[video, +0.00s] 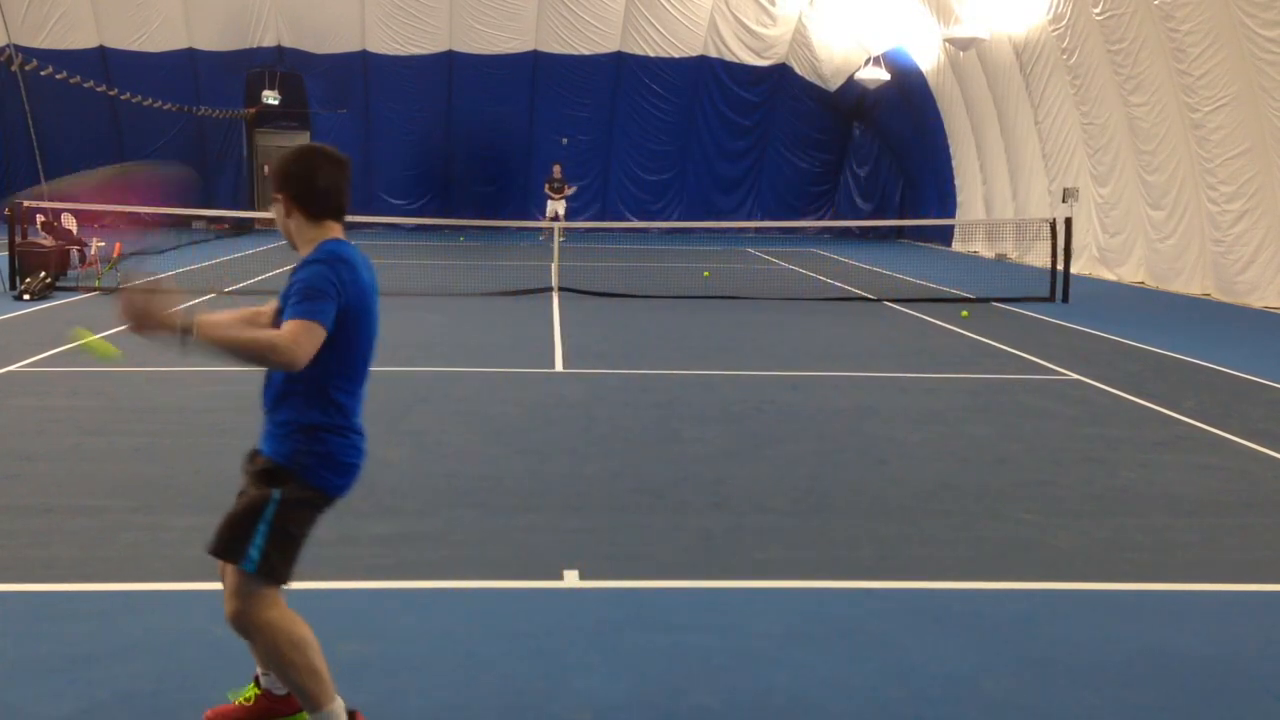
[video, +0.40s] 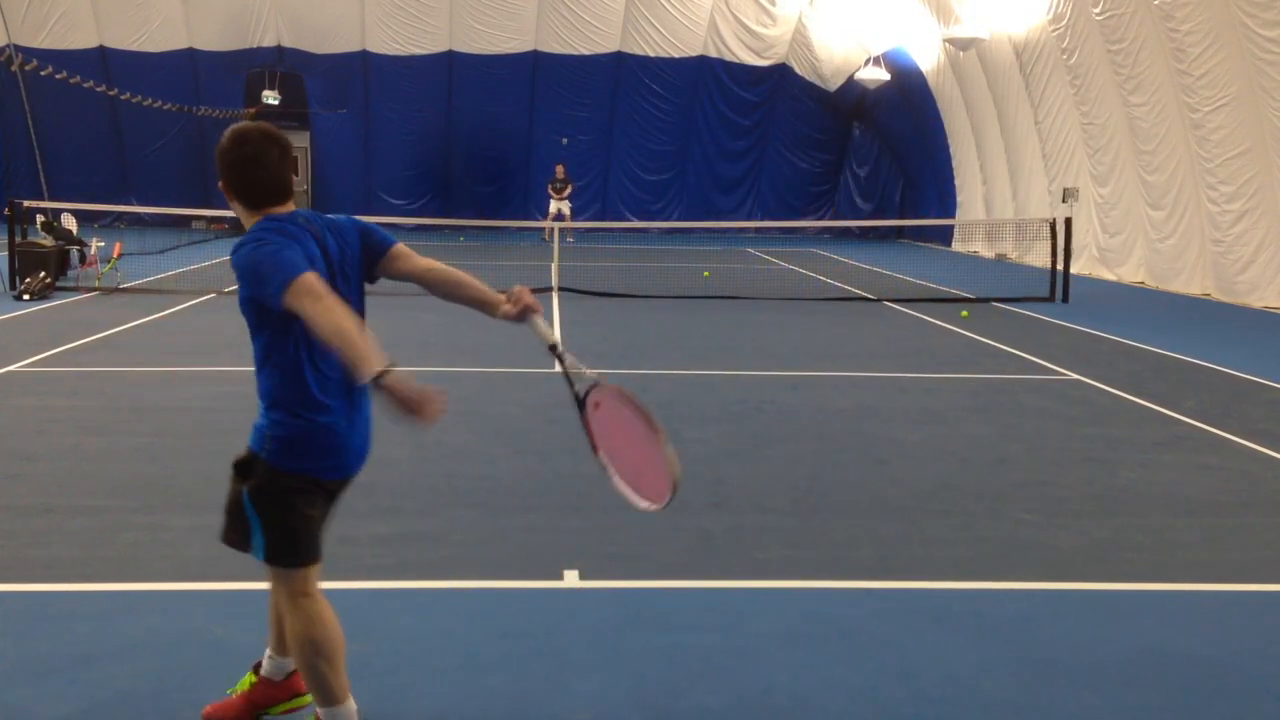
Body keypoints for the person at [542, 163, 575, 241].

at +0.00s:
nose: (556, 170)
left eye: (558, 169)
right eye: (555, 169)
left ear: (560, 170)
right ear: (553, 170)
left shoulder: (563, 180)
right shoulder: (549, 180)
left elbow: (565, 191)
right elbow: (546, 189)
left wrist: (571, 191)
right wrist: (554, 195)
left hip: (561, 200)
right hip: (551, 201)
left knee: (561, 217)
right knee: (548, 217)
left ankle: (561, 234)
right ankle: (545, 233)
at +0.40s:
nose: (559, 171)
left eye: (560, 169)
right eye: (557, 169)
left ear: (563, 170)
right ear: (556, 171)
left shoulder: (567, 180)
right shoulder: (552, 181)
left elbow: (569, 189)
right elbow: (549, 189)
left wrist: (563, 195)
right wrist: (554, 195)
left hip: (564, 200)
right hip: (554, 201)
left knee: (568, 216)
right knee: (551, 215)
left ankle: (569, 235)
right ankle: (546, 235)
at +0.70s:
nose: (549, 172)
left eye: (551, 171)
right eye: (548, 171)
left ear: (554, 172)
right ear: (546, 172)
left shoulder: (559, 181)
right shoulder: (545, 182)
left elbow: (562, 192)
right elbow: (543, 193)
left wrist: (554, 202)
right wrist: (547, 202)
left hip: (558, 202)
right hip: (548, 203)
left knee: (560, 220)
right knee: (548, 219)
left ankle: (569, 233)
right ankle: (548, 237)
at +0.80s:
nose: (547, 171)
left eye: (549, 169)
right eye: (546, 169)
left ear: (552, 170)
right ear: (544, 170)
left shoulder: (556, 179)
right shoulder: (543, 180)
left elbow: (560, 189)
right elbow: (541, 190)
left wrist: (552, 199)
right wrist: (544, 199)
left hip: (555, 200)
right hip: (546, 200)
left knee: (556, 218)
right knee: (547, 218)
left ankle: (565, 232)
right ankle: (548, 236)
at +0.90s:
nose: (545, 170)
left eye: (547, 167)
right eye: (544, 168)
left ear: (551, 168)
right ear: (543, 169)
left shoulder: (555, 177)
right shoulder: (542, 178)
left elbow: (559, 188)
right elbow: (541, 189)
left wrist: (551, 197)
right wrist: (541, 198)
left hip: (554, 198)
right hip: (545, 199)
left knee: (554, 216)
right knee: (545, 216)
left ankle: (557, 236)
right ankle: (547, 236)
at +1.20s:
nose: (538, 168)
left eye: (540, 166)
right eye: (537, 166)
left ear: (544, 167)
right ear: (537, 167)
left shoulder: (549, 176)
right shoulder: (539, 177)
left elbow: (553, 188)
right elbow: (538, 189)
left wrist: (544, 196)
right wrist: (537, 198)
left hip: (548, 199)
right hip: (540, 199)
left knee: (549, 219)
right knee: (533, 215)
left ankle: (554, 238)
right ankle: (535, 235)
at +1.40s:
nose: (530, 170)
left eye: (531, 168)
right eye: (529, 168)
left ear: (536, 168)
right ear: (529, 169)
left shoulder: (541, 177)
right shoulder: (532, 178)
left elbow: (546, 188)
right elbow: (533, 189)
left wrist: (536, 196)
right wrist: (532, 196)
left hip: (540, 201)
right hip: (533, 200)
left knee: (543, 220)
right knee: (527, 217)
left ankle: (554, 236)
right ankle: (530, 237)